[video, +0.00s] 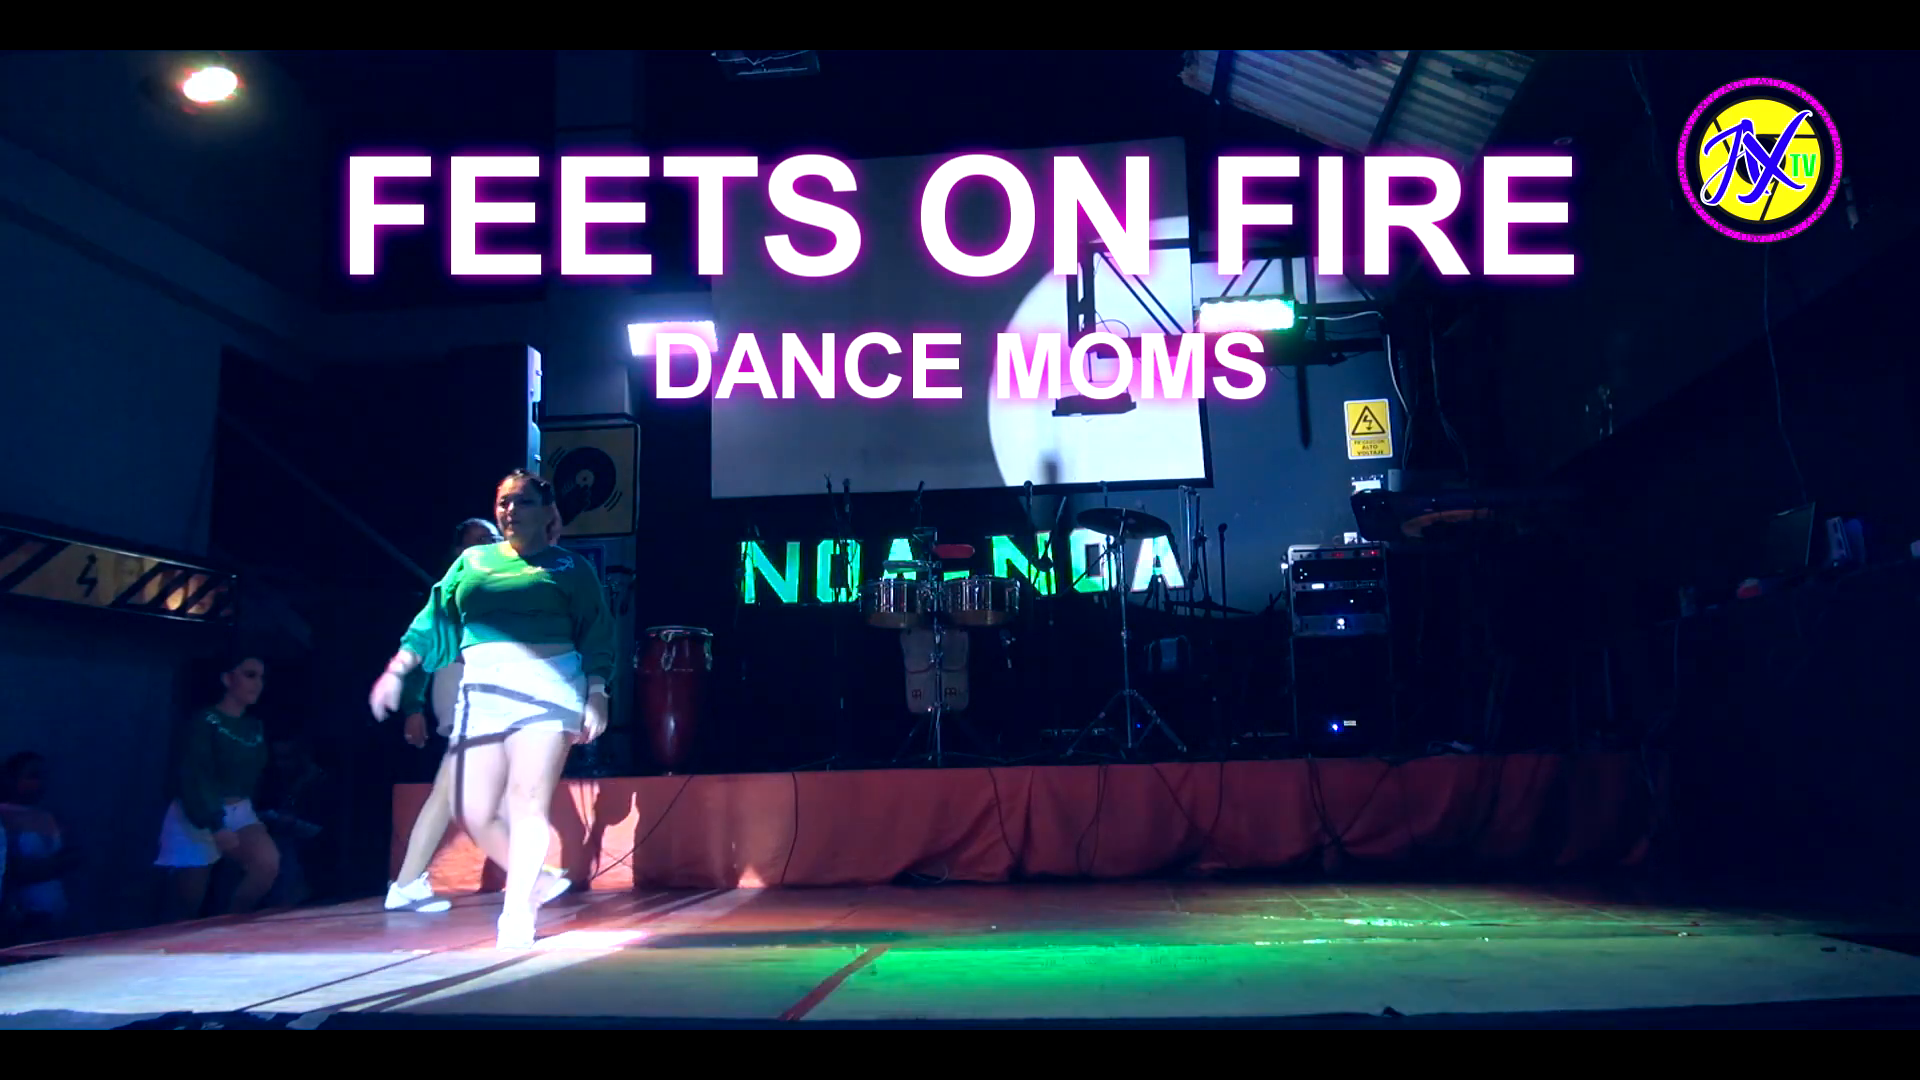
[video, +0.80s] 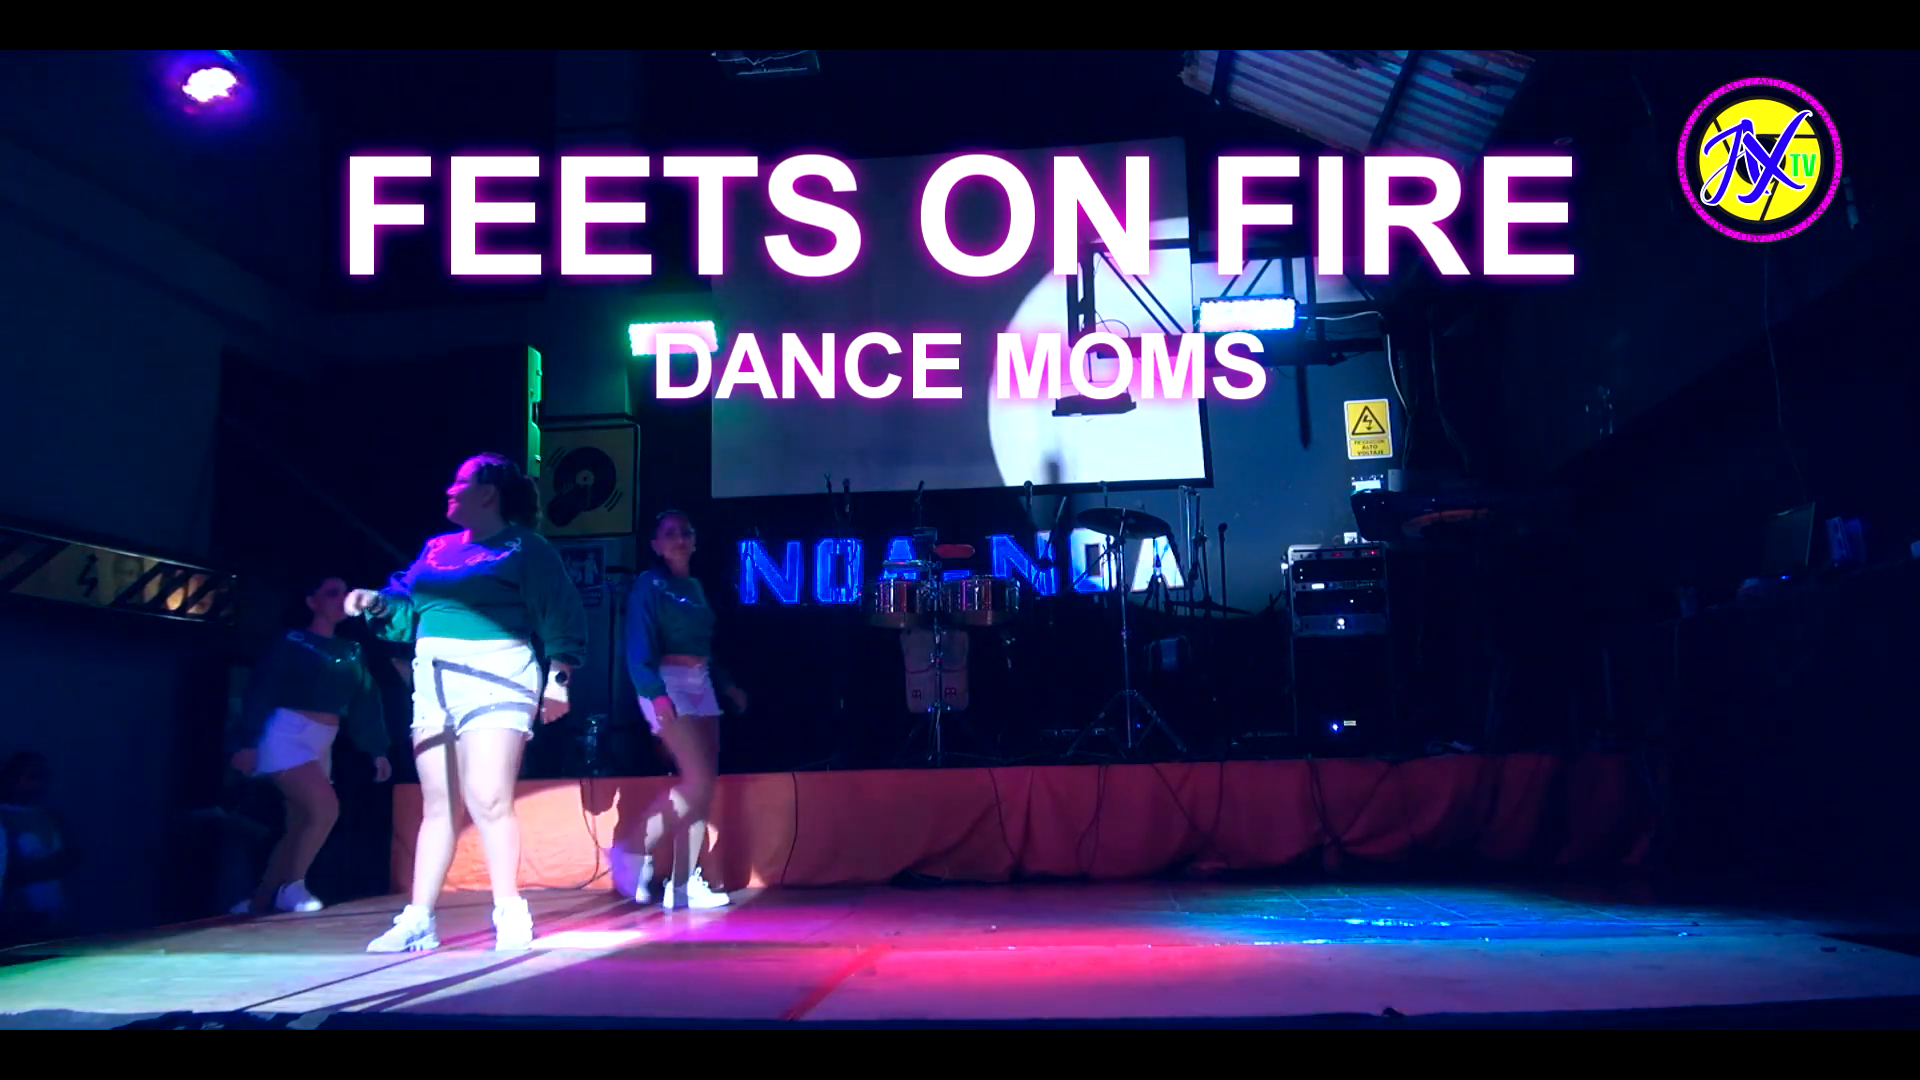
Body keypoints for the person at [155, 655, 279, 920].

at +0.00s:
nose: (257, 684)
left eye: (260, 677)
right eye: (250, 675)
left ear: (263, 683)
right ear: (228, 679)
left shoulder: (254, 729)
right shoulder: (204, 724)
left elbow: (254, 781)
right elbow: (191, 779)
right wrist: (216, 826)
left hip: (239, 810)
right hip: (198, 811)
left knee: (266, 862)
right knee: (189, 897)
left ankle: (232, 926)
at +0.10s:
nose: (271, 667)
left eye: (274, 660)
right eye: (263, 658)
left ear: (278, 667)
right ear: (242, 663)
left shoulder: (270, 713)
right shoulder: (219, 707)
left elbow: (274, 765)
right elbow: (203, 761)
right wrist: (215, 813)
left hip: (254, 800)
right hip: (213, 799)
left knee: (271, 867)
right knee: (205, 885)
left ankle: (232, 926)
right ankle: (179, 941)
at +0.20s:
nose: (282, 653)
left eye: (286, 646)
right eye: (274, 645)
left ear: (289, 654)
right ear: (252, 649)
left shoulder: (283, 701)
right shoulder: (228, 694)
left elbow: (290, 753)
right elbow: (207, 746)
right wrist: (205, 798)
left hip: (268, 785)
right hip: (229, 784)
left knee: (276, 865)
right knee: (240, 871)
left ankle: (240, 926)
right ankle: (201, 931)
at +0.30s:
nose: (291, 642)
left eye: (294, 637)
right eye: (283, 634)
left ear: (296, 646)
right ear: (261, 639)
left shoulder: (292, 693)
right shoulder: (235, 684)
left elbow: (298, 747)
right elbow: (210, 734)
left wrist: (299, 797)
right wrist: (201, 785)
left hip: (276, 777)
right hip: (238, 773)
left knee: (278, 855)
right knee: (276, 839)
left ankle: (241, 921)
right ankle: (213, 889)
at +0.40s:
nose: (301, 633)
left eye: (304, 627)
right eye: (292, 626)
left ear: (306, 636)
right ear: (270, 631)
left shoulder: (303, 685)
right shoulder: (242, 675)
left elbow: (318, 739)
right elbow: (211, 724)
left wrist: (334, 782)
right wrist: (193, 773)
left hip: (280, 771)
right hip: (238, 768)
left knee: (276, 849)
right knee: (304, 805)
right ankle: (251, 873)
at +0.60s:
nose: (321, 622)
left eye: (324, 616)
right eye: (312, 614)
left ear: (326, 625)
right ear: (290, 620)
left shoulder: (322, 672)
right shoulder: (264, 663)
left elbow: (344, 720)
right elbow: (227, 709)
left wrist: (377, 753)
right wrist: (201, 755)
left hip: (297, 761)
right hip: (258, 756)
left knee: (270, 852)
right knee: (320, 805)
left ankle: (241, 926)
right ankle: (293, 886)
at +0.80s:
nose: (341, 600)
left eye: (343, 594)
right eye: (332, 593)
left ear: (348, 604)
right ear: (312, 602)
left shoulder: (350, 653)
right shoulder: (291, 645)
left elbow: (366, 705)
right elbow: (260, 693)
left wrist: (378, 751)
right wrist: (246, 743)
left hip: (322, 742)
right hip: (284, 735)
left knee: (298, 827)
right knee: (325, 808)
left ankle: (261, 900)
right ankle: (293, 887)